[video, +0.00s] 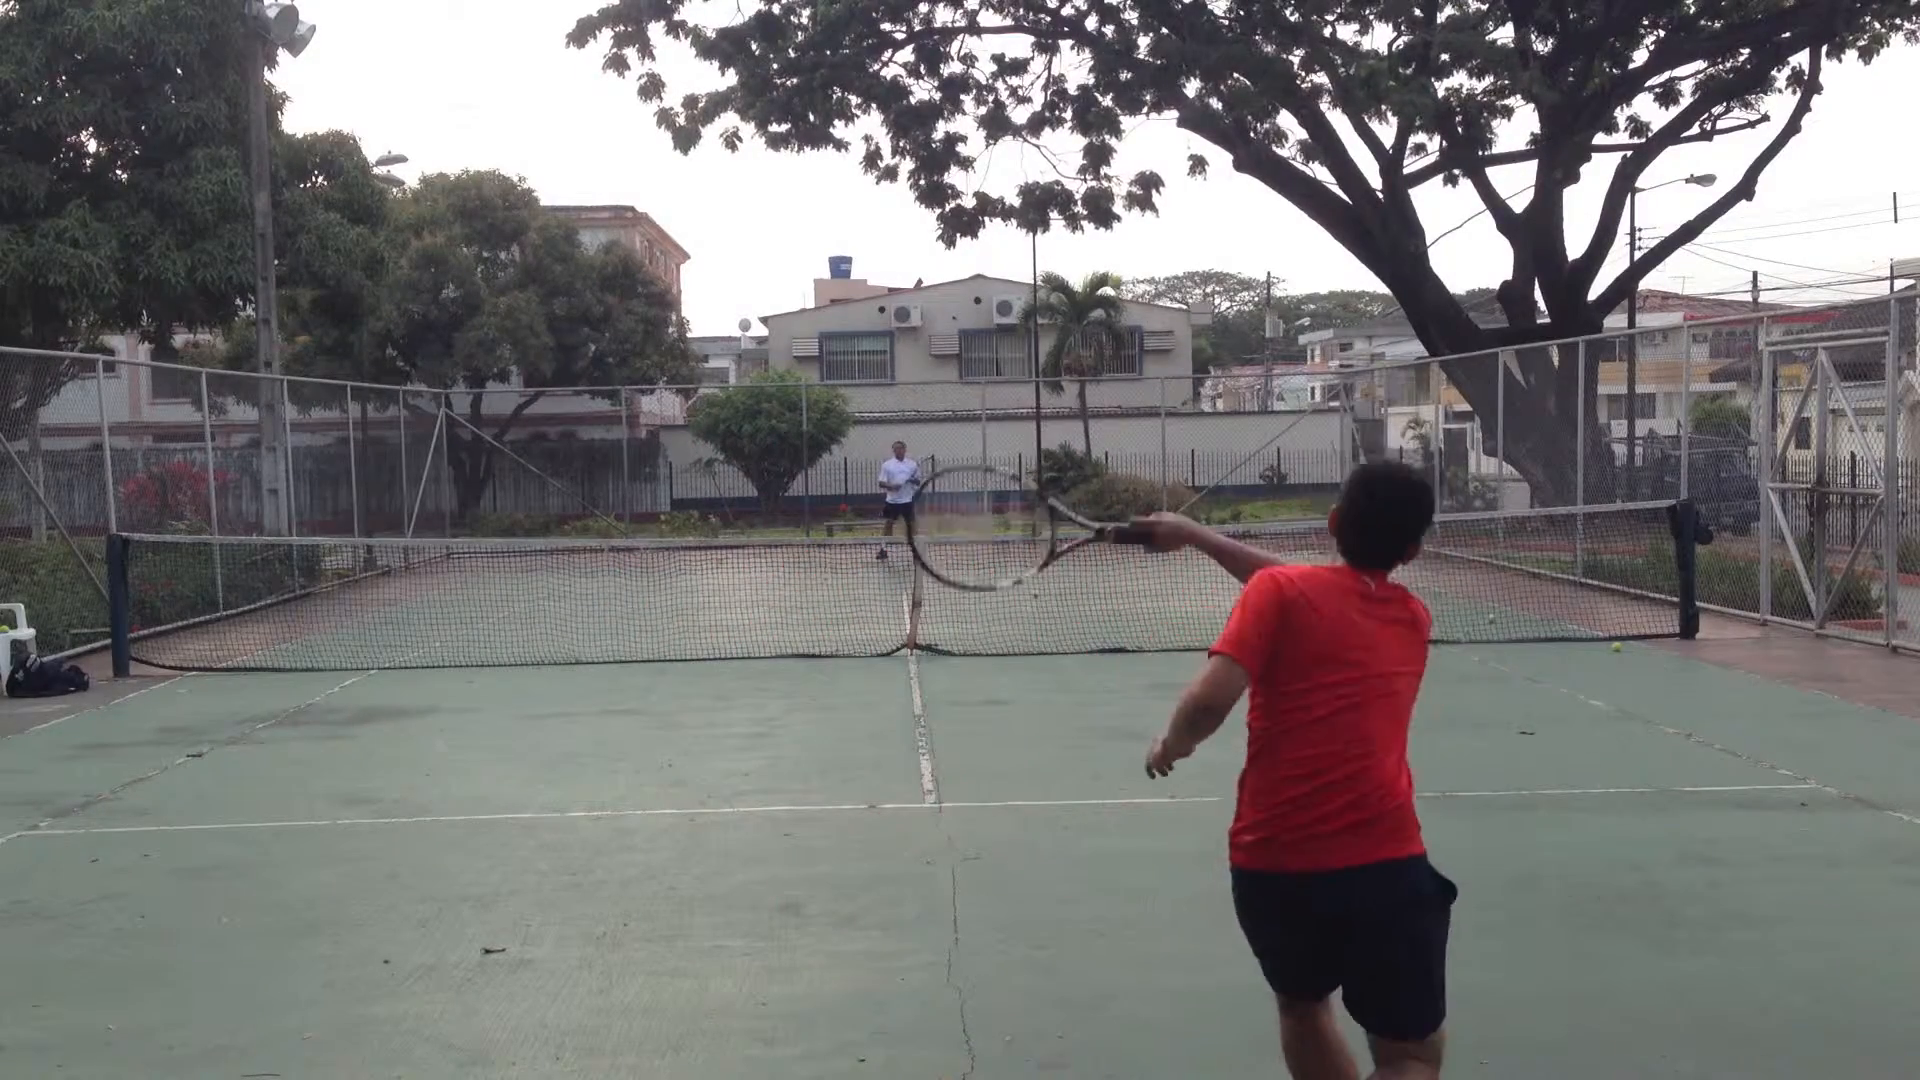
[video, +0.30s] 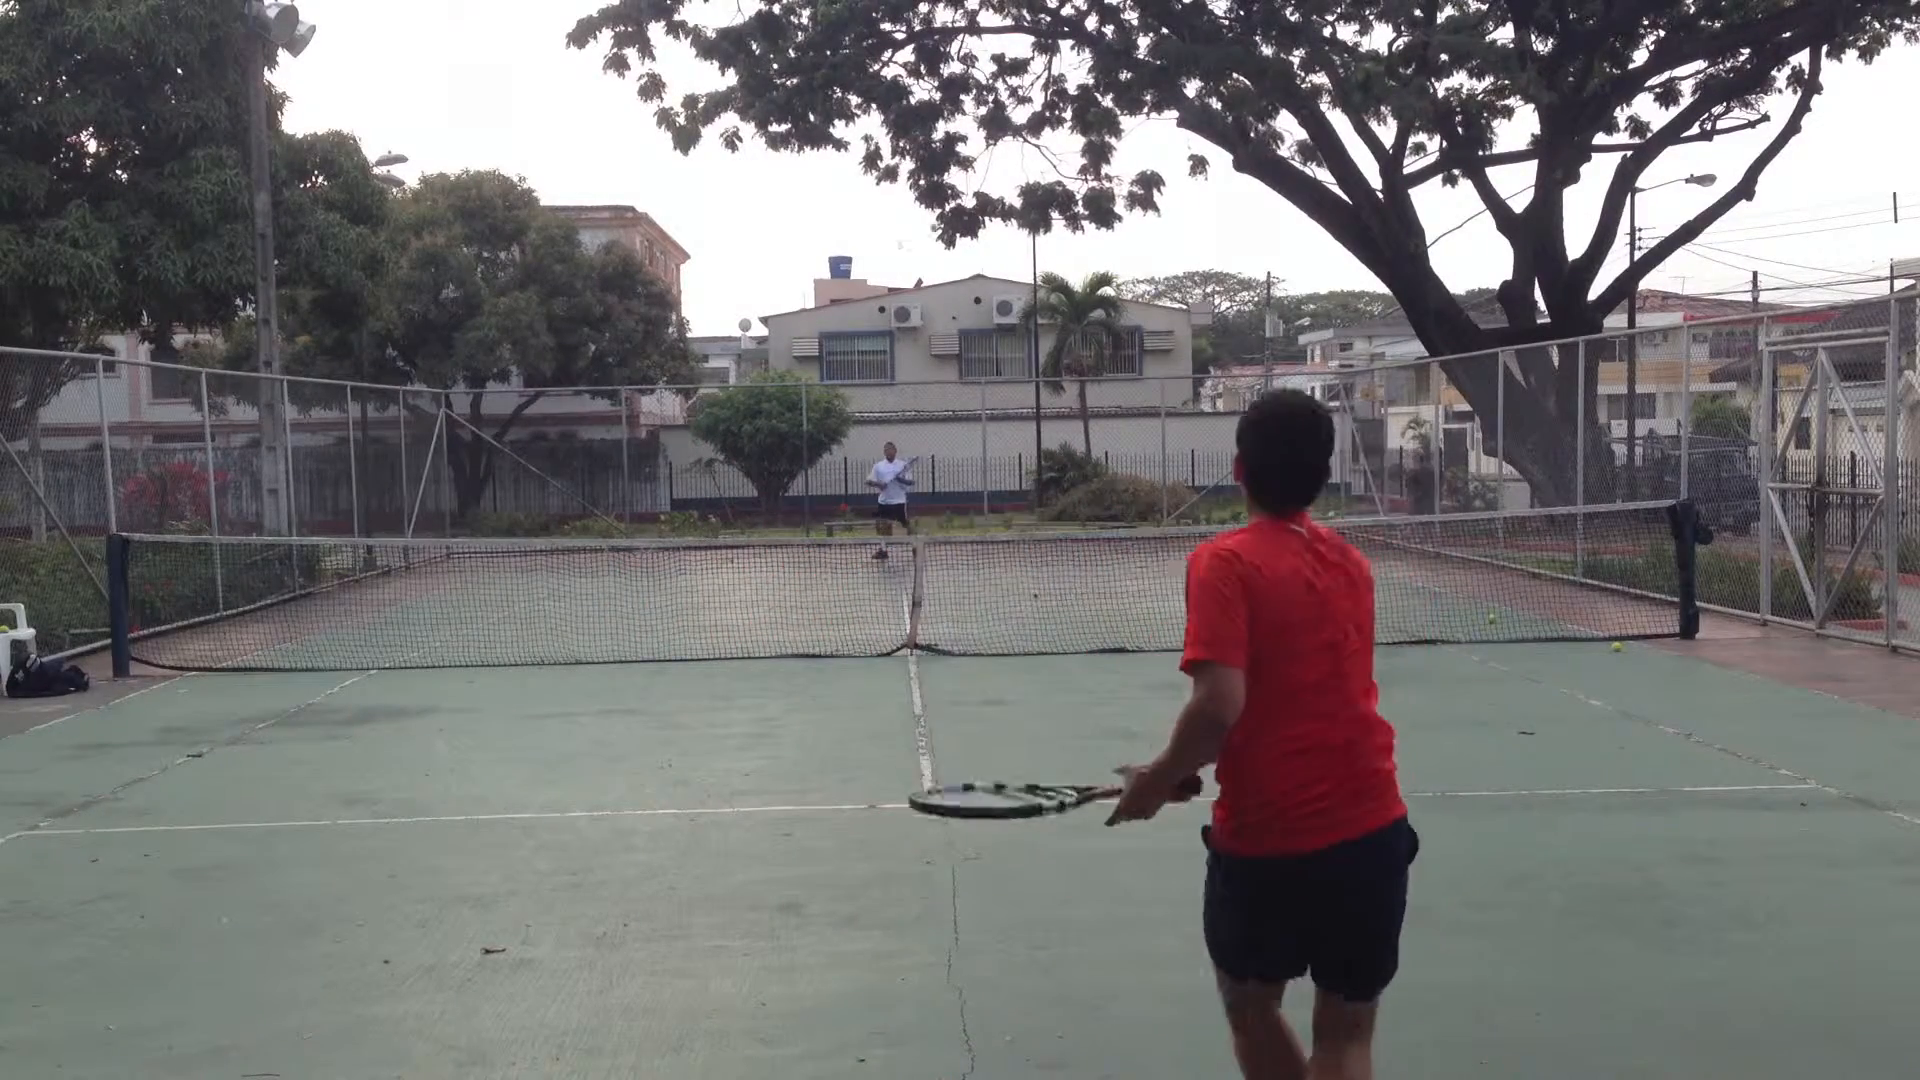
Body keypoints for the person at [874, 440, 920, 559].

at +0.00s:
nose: (899, 451)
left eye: (901, 449)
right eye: (896, 449)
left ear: (905, 450)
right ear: (893, 451)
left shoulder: (912, 464)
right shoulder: (887, 465)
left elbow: (918, 481)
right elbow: (881, 483)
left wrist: (913, 480)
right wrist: (892, 487)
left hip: (907, 501)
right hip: (892, 501)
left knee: (911, 524)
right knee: (889, 523)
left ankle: (913, 548)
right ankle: (884, 548)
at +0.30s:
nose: (888, 453)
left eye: (890, 450)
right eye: (886, 450)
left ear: (895, 451)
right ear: (884, 452)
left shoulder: (903, 465)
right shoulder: (878, 466)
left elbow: (910, 482)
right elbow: (869, 481)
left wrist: (899, 479)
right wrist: (879, 485)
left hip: (899, 501)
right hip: (884, 501)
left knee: (906, 525)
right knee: (882, 526)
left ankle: (914, 547)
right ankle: (883, 549)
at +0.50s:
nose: (876, 455)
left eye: (878, 452)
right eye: (874, 452)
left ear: (883, 453)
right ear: (872, 454)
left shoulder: (890, 466)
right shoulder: (868, 466)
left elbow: (893, 484)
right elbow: (854, 475)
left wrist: (881, 478)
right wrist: (867, 480)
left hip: (886, 500)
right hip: (872, 500)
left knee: (889, 525)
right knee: (870, 524)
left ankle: (887, 548)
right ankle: (879, 547)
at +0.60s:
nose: (871, 454)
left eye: (874, 451)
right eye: (869, 451)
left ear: (878, 453)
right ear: (867, 453)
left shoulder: (883, 466)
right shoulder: (863, 465)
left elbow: (887, 485)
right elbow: (848, 474)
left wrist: (874, 479)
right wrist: (858, 478)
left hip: (880, 499)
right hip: (867, 500)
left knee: (881, 523)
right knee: (868, 524)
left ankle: (892, 544)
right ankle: (880, 547)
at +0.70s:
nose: (867, 453)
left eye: (869, 450)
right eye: (865, 450)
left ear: (872, 452)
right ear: (861, 452)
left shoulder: (877, 465)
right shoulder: (857, 463)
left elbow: (879, 480)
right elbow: (845, 469)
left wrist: (878, 483)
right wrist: (846, 472)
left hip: (874, 495)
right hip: (863, 495)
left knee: (867, 516)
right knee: (865, 520)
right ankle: (874, 539)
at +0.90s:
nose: (853, 455)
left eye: (855, 453)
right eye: (851, 453)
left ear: (860, 453)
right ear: (849, 454)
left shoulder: (862, 465)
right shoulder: (848, 462)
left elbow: (859, 479)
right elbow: (838, 467)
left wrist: (841, 475)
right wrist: (835, 466)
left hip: (862, 498)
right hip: (853, 497)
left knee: (854, 524)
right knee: (854, 525)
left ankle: (853, 549)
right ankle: (871, 545)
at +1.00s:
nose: (846, 460)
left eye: (848, 457)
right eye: (845, 457)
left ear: (854, 458)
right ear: (844, 458)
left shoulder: (858, 470)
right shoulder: (844, 466)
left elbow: (847, 480)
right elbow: (833, 472)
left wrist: (828, 474)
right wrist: (824, 471)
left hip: (857, 500)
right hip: (848, 498)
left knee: (844, 523)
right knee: (842, 522)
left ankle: (854, 548)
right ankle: (858, 542)